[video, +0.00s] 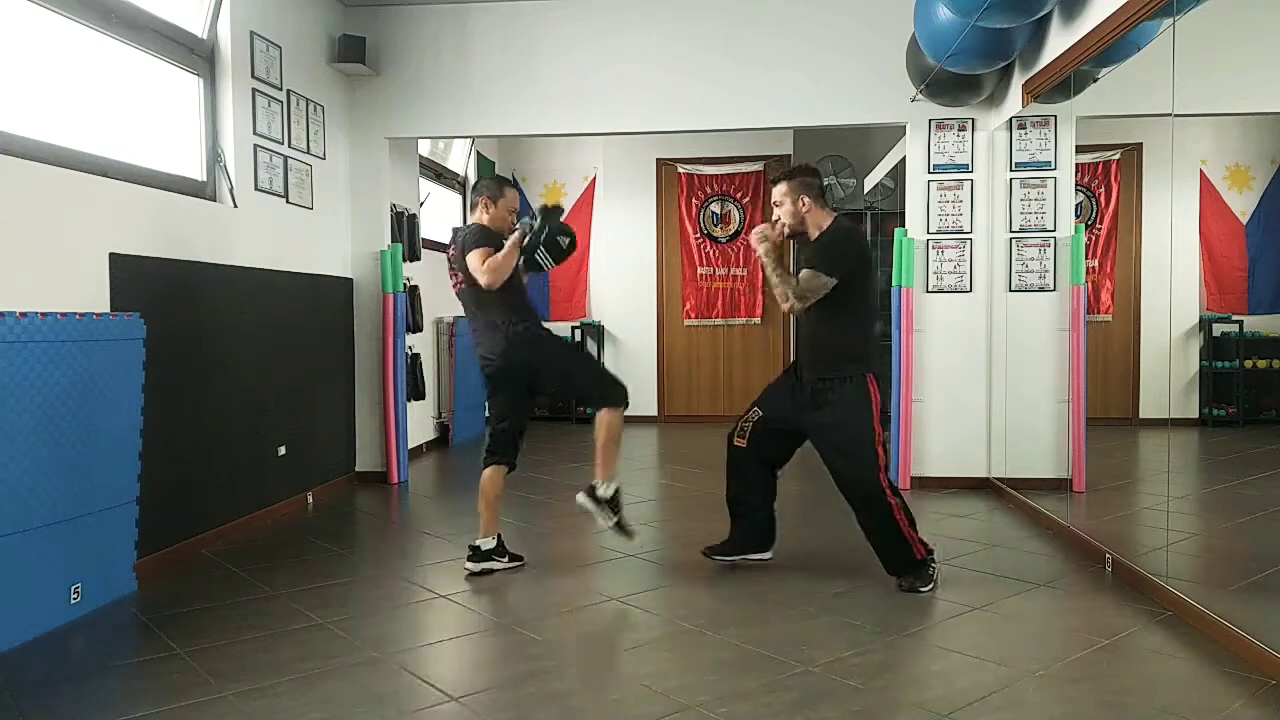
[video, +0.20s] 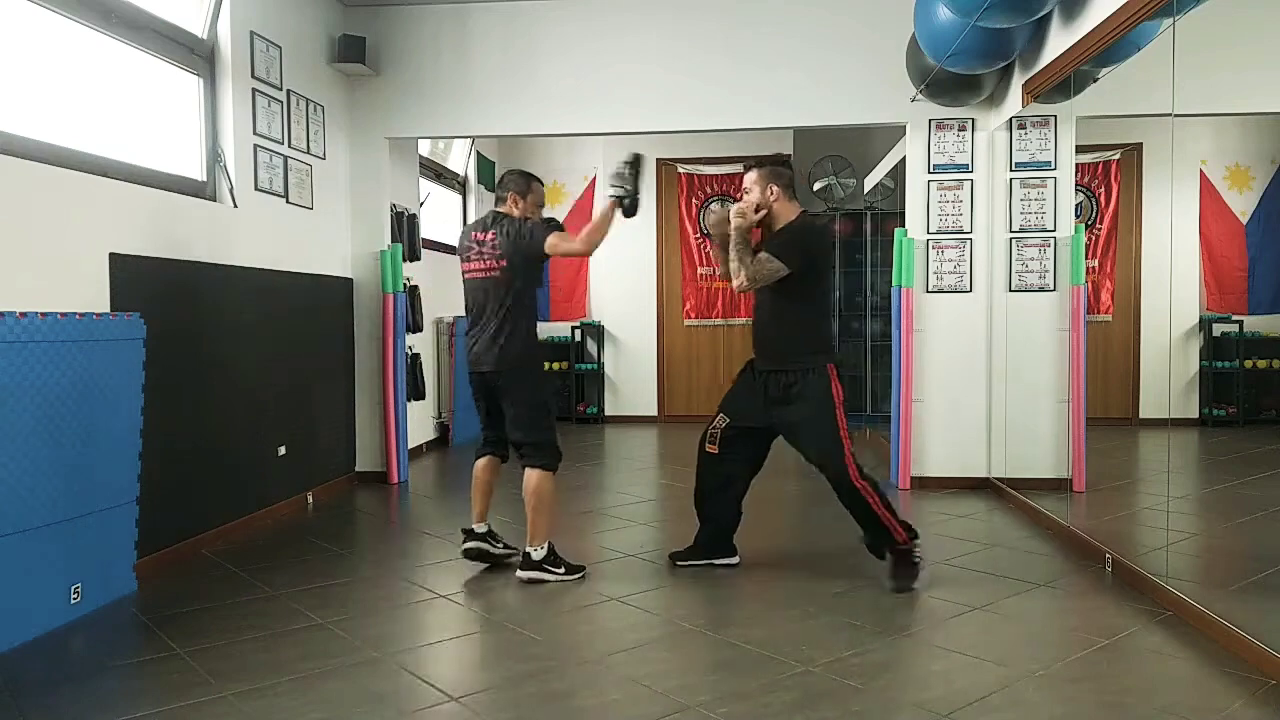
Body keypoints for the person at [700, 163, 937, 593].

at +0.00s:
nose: (776, 213)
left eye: (779, 204)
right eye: (774, 206)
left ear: (804, 203)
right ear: (806, 204)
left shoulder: (844, 240)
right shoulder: (814, 244)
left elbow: (792, 300)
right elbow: (794, 298)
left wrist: (768, 257)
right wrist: (772, 254)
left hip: (848, 383)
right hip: (805, 378)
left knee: (866, 481)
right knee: (747, 443)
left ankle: (915, 564)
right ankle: (752, 540)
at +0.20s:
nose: (744, 200)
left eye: (748, 192)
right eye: (744, 193)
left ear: (772, 193)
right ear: (772, 193)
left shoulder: (806, 233)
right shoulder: (774, 237)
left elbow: (744, 279)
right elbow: (732, 273)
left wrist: (740, 228)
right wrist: (719, 235)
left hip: (810, 375)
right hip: (764, 373)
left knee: (840, 468)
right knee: (719, 448)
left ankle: (899, 546)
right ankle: (716, 543)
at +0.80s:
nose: (637, 210)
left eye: (643, 203)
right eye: (639, 204)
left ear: (666, 203)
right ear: (675, 204)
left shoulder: (684, 228)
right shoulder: (695, 243)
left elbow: (626, 225)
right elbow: (657, 276)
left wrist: (586, 226)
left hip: (706, 374)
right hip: (683, 376)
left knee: (724, 484)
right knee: (641, 450)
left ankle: (810, 555)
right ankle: (650, 541)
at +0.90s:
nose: (633, 215)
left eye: (635, 207)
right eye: (632, 208)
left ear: (656, 205)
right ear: (674, 205)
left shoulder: (649, 231)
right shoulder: (706, 240)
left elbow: (586, 265)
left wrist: (581, 240)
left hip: (683, 369)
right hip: (692, 366)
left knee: (708, 481)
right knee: (637, 445)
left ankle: (799, 548)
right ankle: (647, 541)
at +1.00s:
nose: (625, 213)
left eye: (626, 205)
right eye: (624, 206)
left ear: (643, 201)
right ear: (663, 199)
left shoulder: (639, 231)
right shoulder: (698, 238)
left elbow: (574, 244)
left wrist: (593, 200)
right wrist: (642, 214)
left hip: (678, 368)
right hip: (684, 365)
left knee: (697, 481)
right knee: (635, 448)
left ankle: (781, 555)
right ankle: (647, 541)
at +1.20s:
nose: (625, 193)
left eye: (631, 186)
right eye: (619, 189)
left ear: (644, 193)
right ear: (620, 201)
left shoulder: (655, 223)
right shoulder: (646, 248)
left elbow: (587, 250)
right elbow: (650, 324)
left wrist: (605, 203)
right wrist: (607, 309)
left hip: (688, 364)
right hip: (653, 367)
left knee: (676, 464)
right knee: (620, 451)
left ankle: (719, 565)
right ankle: (647, 541)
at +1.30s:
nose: (610, 200)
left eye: (614, 191)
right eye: (608, 195)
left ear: (633, 191)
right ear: (619, 200)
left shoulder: (675, 226)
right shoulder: (622, 249)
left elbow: (628, 257)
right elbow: (566, 283)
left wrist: (616, 211)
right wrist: (547, 238)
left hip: (691, 371)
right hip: (650, 373)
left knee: (680, 472)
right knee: (607, 456)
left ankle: (720, 568)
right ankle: (642, 532)